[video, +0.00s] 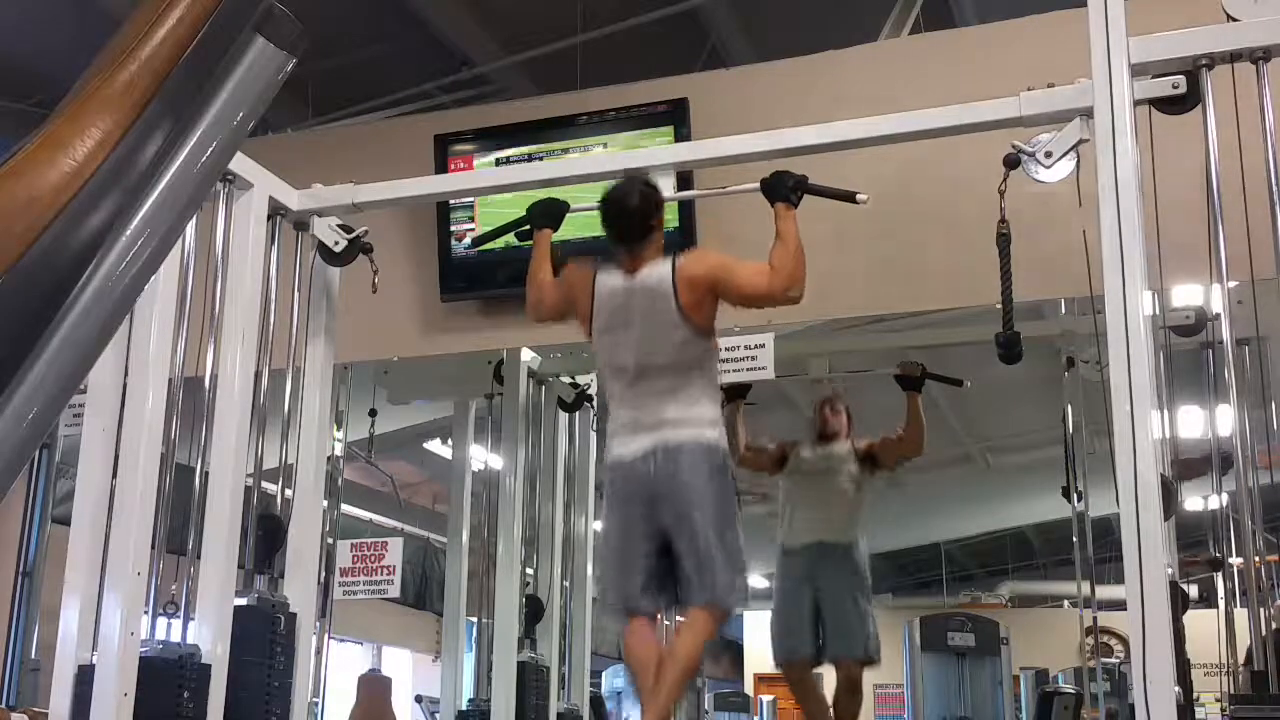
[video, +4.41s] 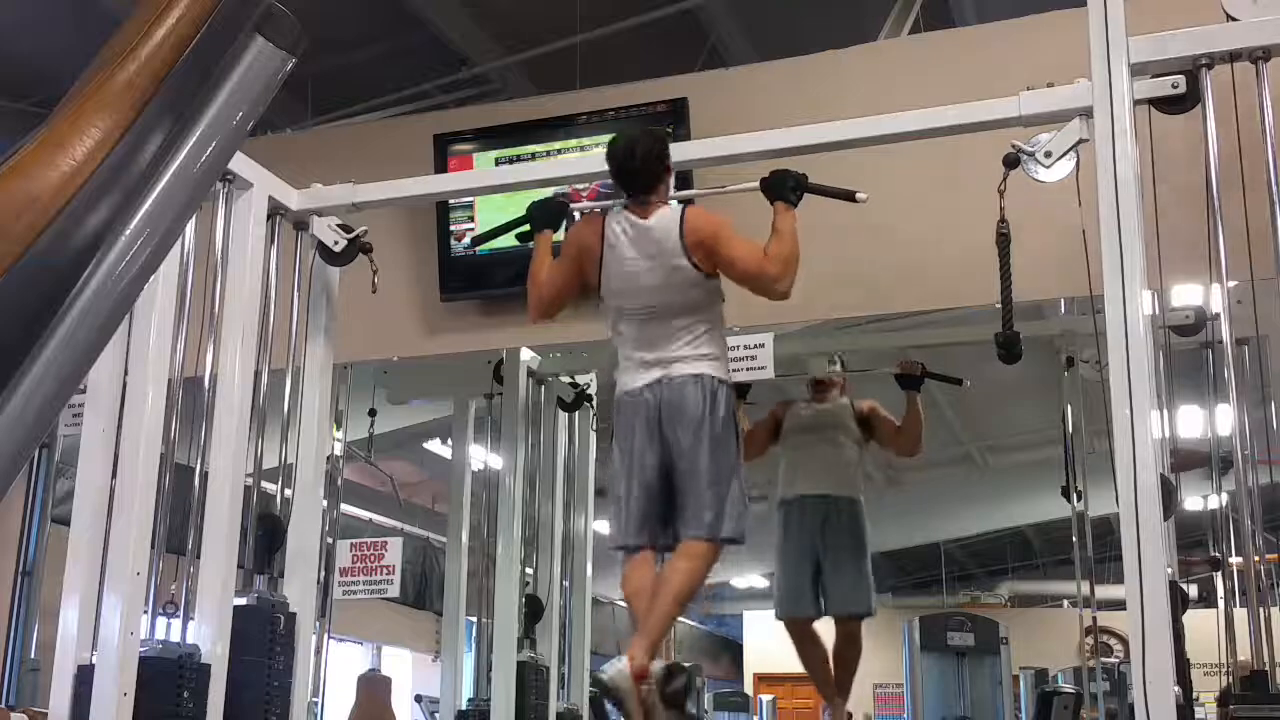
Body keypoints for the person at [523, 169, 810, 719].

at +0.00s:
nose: (662, 217)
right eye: (660, 211)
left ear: (609, 230)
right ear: (661, 221)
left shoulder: (588, 284)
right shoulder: (696, 269)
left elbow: (540, 301)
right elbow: (785, 284)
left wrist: (542, 236)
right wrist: (786, 208)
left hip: (626, 464)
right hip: (693, 456)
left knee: (637, 607)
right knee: (708, 599)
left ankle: (656, 718)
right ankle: (653, 715)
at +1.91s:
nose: (663, 192)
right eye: (662, 186)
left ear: (609, 206)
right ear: (661, 198)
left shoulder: (585, 258)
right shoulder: (696, 247)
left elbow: (539, 306)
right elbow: (782, 283)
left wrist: (540, 238)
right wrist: (784, 209)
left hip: (627, 428)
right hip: (692, 424)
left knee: (625, 568)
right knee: (699, 564)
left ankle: (638, 696)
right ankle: (624, 695)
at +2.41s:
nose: (667, 243)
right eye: (665, 237)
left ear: (611, 259)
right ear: (665, 250)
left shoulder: (590, 305)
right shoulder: (698, 295)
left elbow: (543, 303)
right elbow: (785, 289)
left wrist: (543, 235)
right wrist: (785, 209)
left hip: (630, 487)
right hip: (697, 481)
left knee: (632, 632)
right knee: (713, 629)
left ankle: (650, 719)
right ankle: (654, 716)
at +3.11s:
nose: (664, 176)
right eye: (664, 170)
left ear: (609, 193)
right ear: (663, 183)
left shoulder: (585, 242)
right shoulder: (698, 233)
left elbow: (537, 303)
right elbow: (780, 280)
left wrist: (541, 232)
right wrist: (785, 207)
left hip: (630, 413)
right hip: (694, 408)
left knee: (629, 553)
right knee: (702, 546)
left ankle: (645, 687)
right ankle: (632, 678)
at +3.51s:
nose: (668, 230)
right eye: (665, 225)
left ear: (610, 239)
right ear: (665, 234)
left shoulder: (589, 287)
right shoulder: (698, 278)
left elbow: (541, 306)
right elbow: (787, 288)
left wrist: (544, 235)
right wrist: (786, 210)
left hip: (629, 473)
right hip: (695, 467)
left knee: (638, 613)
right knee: (714, 606)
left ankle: (656, 718)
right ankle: (656, 714)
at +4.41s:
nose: (669, 165)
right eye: (667, 159)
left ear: (614, 180)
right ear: (667, 171)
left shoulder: (590, 234)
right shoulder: (698, 226)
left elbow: (542, 304)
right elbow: (777, 278)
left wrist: (542, 234)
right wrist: (785, 206)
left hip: (635, 396)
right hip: (697, 389)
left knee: (641, 540)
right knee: (702, 534)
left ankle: (656, 667)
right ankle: (633, 662)